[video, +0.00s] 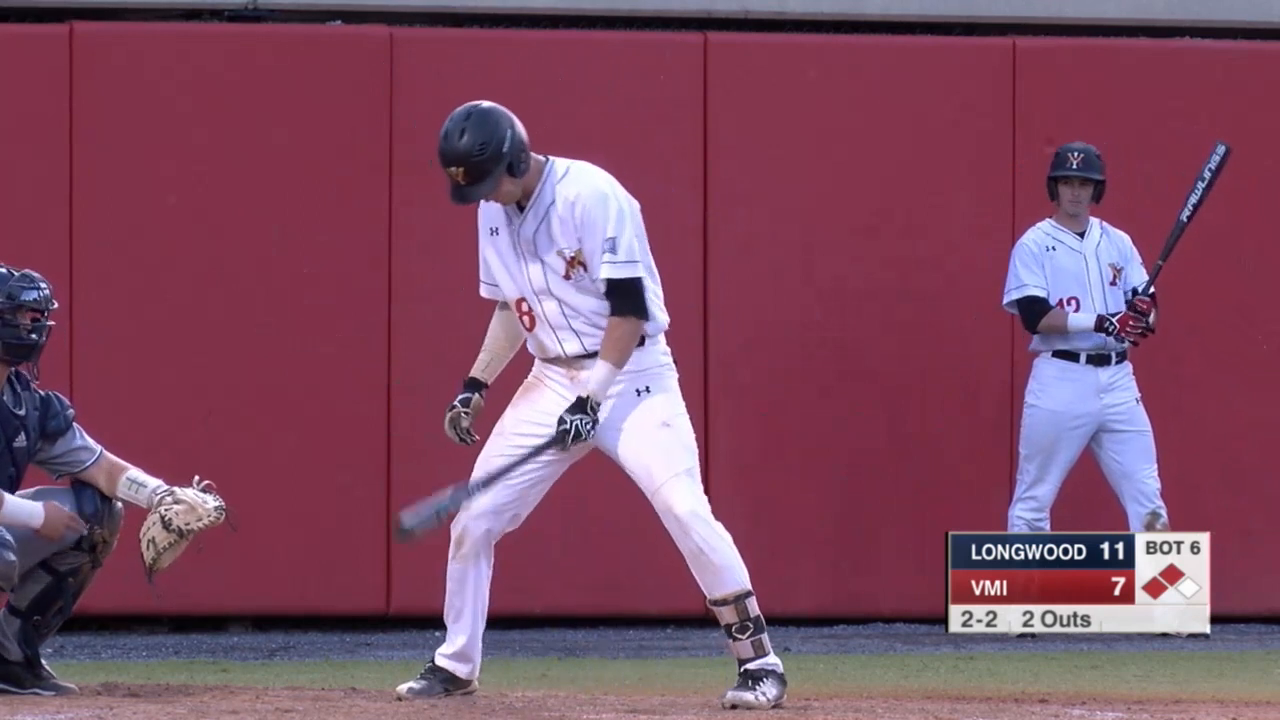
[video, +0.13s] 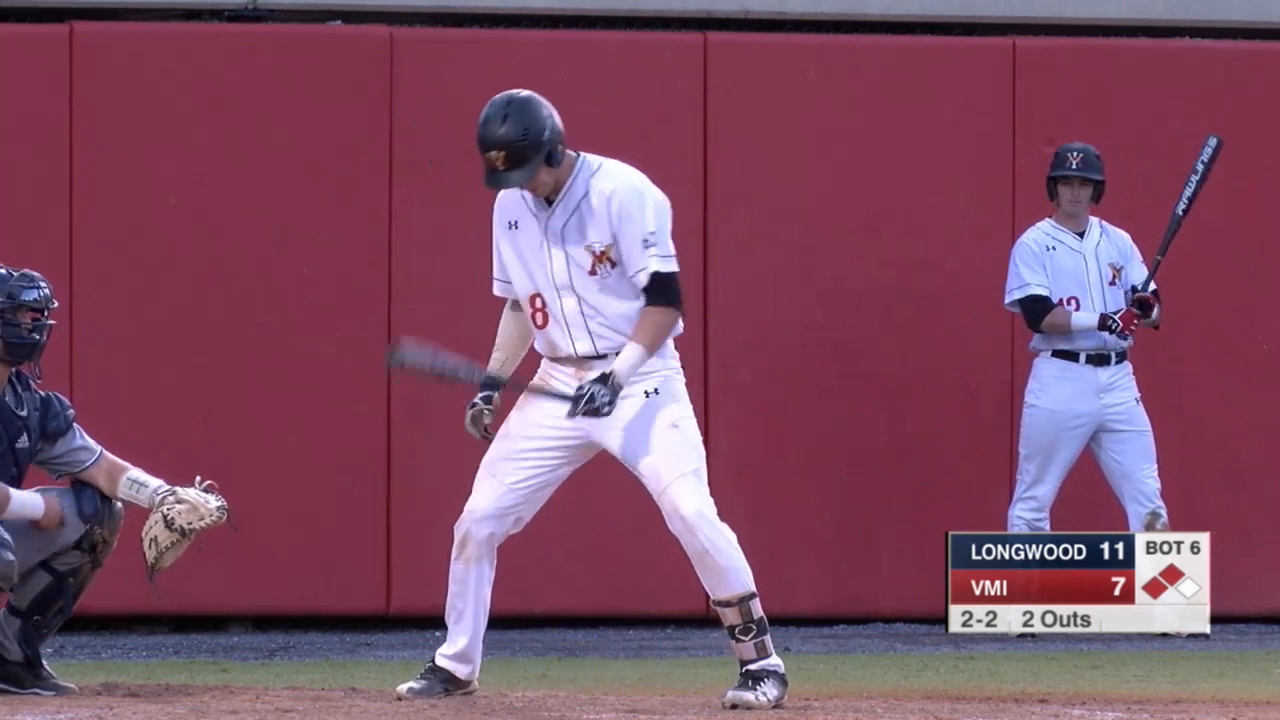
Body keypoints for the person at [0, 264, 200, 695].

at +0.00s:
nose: (28, 325)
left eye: (35, 315)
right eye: (17, 314)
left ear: (43, 322)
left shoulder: (32, 405)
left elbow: (103, 468)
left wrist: (164, 495)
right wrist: (34, 514)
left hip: (8, 527)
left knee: (93, 511)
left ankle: (14, 651)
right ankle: (10, 651)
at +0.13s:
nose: (29, 325)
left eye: (34, 316)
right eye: (17, 314)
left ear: (42, 322)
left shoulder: (32, 404)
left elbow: (103, 468)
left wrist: (165, 495)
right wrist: (35, 505)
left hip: (4, 529)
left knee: (94, 509)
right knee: (4, 552)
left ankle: (12, 650)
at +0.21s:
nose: (31, 326)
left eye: (36, 316)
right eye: (19, 315)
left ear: (43, 322)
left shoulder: (33, 404)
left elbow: (104, 468)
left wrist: (166, 496)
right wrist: (21, 497)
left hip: (6, 536)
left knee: (94, 510)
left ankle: (13, 650)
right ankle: (12, 650)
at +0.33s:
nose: (32, 325)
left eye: (36, 315)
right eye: (20, 314)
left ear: (43, 321)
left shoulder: (34, 404)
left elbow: (106, 469)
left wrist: (175, 502)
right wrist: (0, 483)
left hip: (5, 524)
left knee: (95, 513)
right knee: (6, 561)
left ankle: (13, 652)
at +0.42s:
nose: (29, 325)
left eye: (35, 315)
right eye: (18, 314)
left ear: (42, 321)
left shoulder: (36, 404)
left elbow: (108, 468)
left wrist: (179, 506)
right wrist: (9, 459)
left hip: (6, 528)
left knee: (98, 515)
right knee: (7, 561)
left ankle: (14, 651)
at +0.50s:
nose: (29, 325)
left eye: (34, 315)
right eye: (17, 314)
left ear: (41, 321)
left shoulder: (23, 395)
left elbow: (107, 466)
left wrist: (183, 512)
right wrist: (21, 427)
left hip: (5, 528)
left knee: (98, 515)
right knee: (8, 561)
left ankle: (14, 651)